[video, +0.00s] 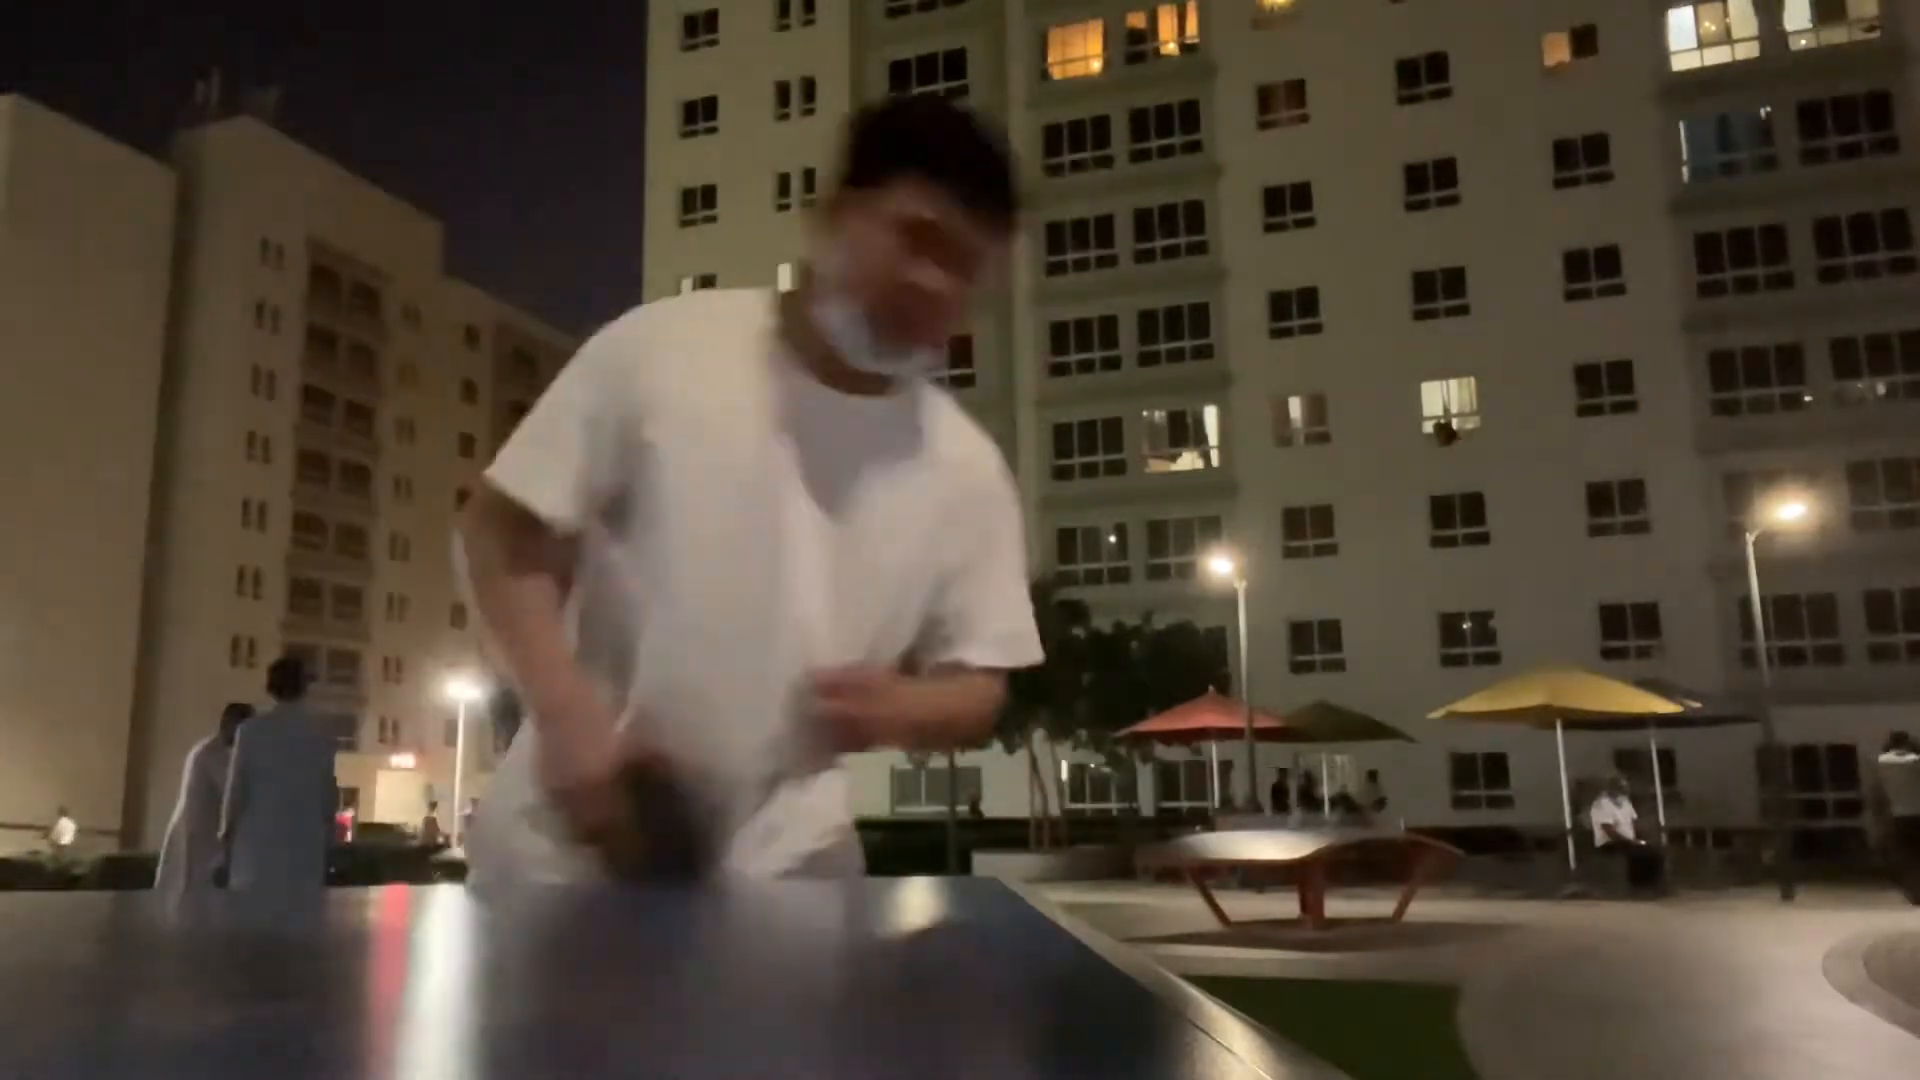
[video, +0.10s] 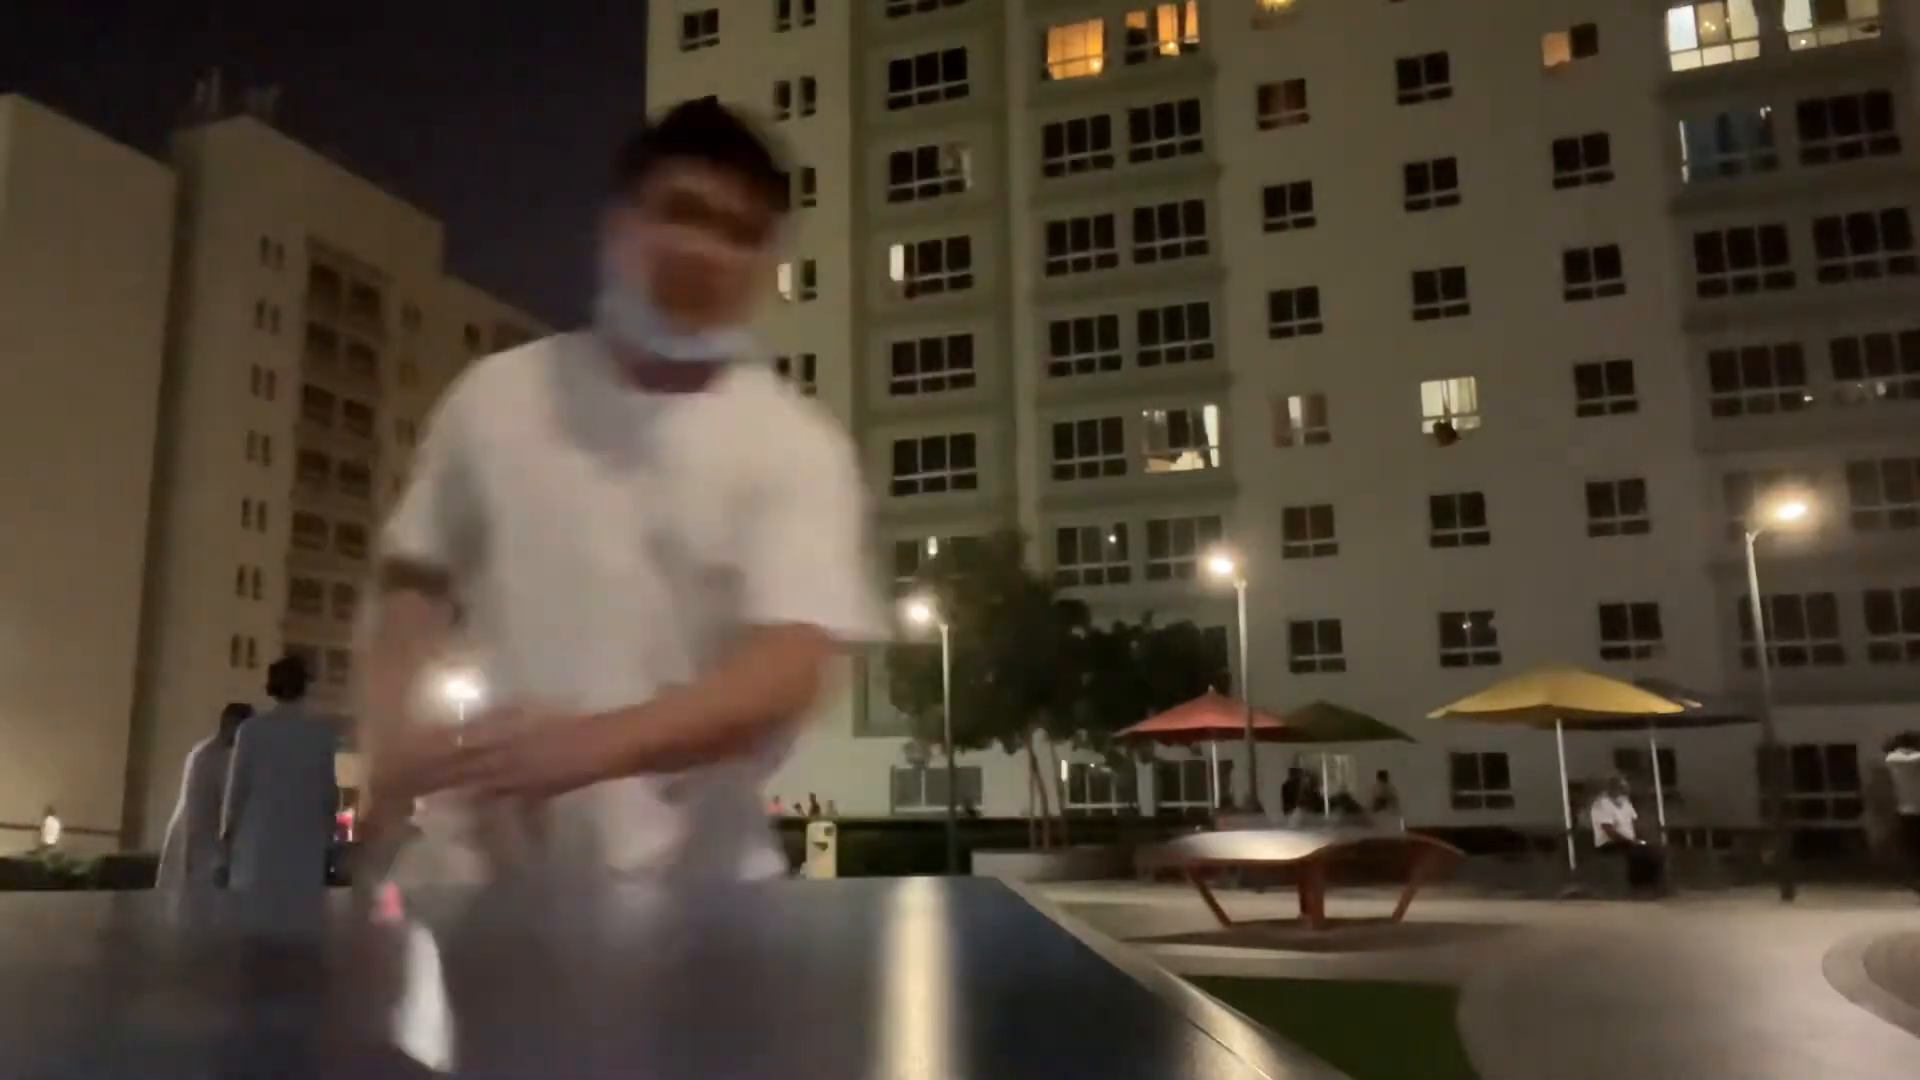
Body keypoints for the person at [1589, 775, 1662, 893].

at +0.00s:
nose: (1625, 790)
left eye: (1626, 787)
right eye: (1622, 788)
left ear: (1627, 787)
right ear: (1613, 788)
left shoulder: (1624, 801)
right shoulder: (1602, 804)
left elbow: (1633, 820)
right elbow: (1608, 829)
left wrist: (1637, 837)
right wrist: (1632, 841)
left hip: (1627, 840)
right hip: (1609, 843)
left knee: (1651, 851)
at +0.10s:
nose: (1626, 790)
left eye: (1626, 787)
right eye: (1622, 787)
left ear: (1627, 787)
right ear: (1614, 788)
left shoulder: (1624, 801)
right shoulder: (1602, 803)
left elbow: (1633, 820)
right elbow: (1608, 829)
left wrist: (1637, 838)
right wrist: (1632, 841)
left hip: (1627, 840)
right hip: (1609, 843)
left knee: (1652, 851)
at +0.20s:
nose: (1625, 791)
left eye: (1625, 788)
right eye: (1621, 788)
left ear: (1627, 788)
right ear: (1613, 789)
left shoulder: (1624, 801)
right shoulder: (1602, 804)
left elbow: (1633, 820)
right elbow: (1608, 828)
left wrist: (1636, 837)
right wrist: (1629, 841)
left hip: (1628, 840)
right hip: (1608, 843)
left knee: (1651, 851)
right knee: (1637, 853)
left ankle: (1651, 885)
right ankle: (1636, 886)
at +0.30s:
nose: (1625, 791)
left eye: (1625, 788)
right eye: (1621, 788)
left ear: (1627, 788)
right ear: (1613, 789)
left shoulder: (1624, 801)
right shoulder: (1602, 804)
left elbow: (1633, 820)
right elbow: (1607, 828)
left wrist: (1636, 837)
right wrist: (1629, 841)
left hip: (1628, 840)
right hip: (1609, 843)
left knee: (1651, 851)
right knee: (1637, 854)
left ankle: (1650, 886)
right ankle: (1637, 887)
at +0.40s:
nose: (1623, 794)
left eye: (1624, 791)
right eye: (1620, 790)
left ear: (1625, 790)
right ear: (1613, 790)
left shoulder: (1624, 801)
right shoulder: (1602, 804)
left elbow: (1634, 820)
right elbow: (1608, 828)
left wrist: (1638, 838)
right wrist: (1630, 842)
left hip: (1628, 841)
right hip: (1609, 844)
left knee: (1651, 851)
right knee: (1637, 853)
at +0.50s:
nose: (1622, 793)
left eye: (1624, 790)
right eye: (1620, 790)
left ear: (1625, 790)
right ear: (1612, 789)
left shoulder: (1624, 802)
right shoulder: (1602, 804)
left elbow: (1634, 821)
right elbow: (1609, 829)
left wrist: (1639, 837)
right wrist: (1632, 842)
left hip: (1628, 840)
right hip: (1609, 843)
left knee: (1652, 851)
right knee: (1638, 853)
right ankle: (1636, 886)